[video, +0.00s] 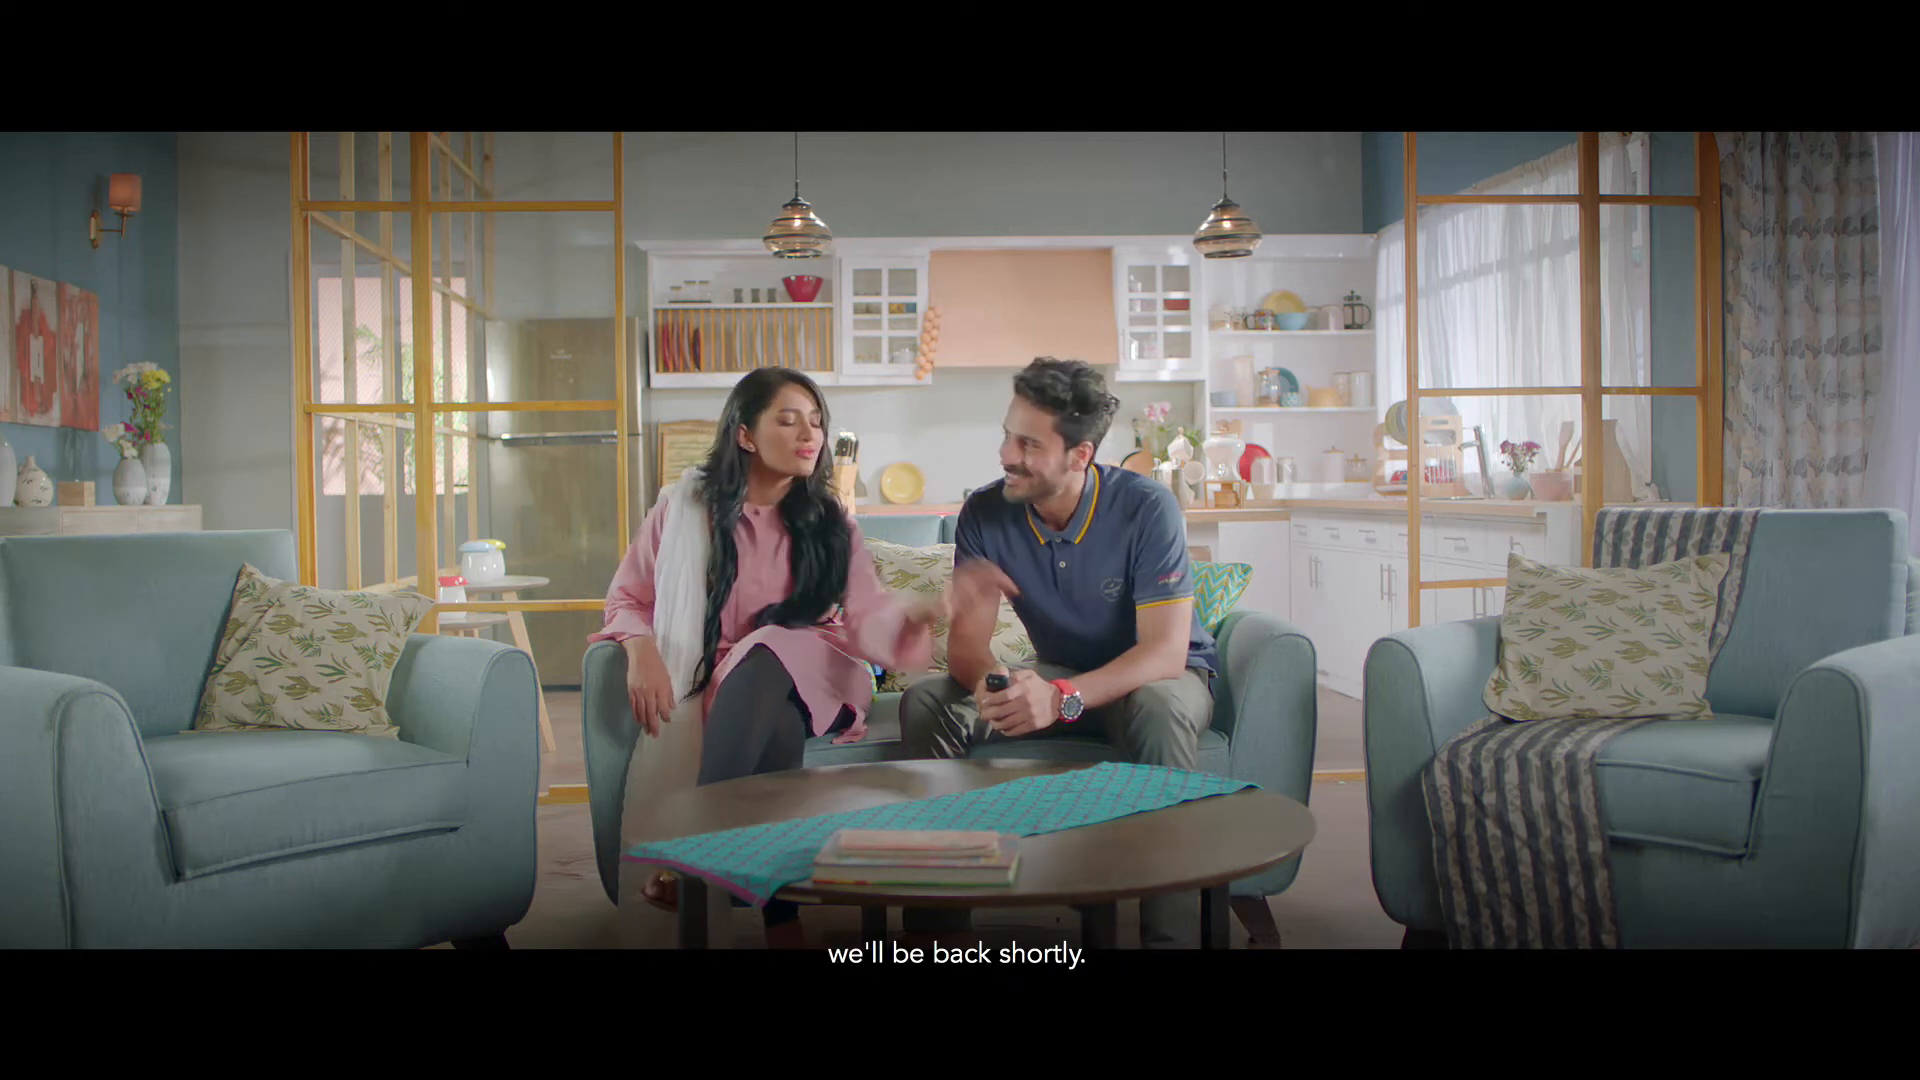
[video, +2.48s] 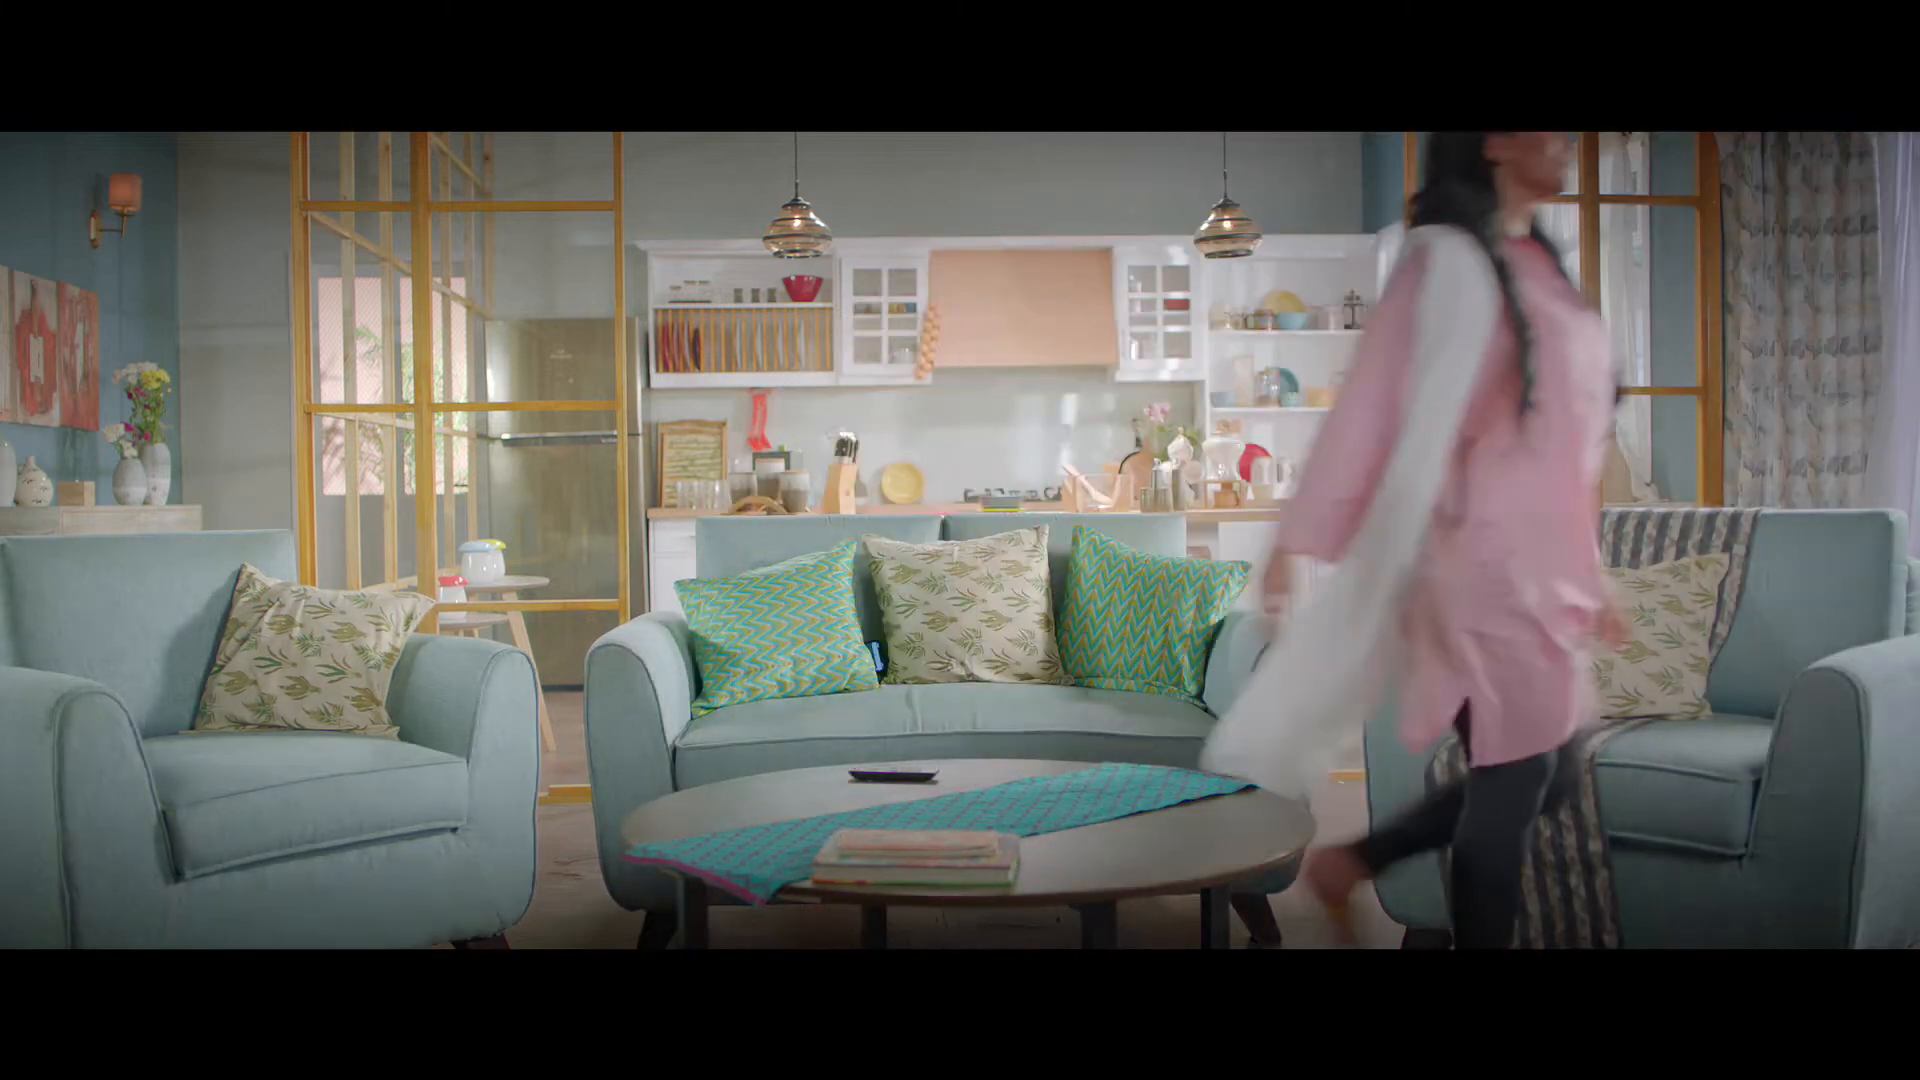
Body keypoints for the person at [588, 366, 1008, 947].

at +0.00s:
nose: (809, 433)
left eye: (816, 422)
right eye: (790, 419)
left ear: (823, 435)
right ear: (745, 435)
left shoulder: (829, 520)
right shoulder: (682, 509)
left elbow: (863, 619)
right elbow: (626, 597)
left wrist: (912, 619)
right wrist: (642, 649)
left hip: (818, 678)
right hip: (718, 681)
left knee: (765, 646)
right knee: (780, 721)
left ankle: (697, 853)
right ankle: (780, 908)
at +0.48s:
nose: (826, 423)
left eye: (834, 414)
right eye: (808, 409)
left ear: (840, 433)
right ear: (765, 421)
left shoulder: (840, 518)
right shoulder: (702, 505)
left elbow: (894, 610)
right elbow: (643, 597)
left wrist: (898, 645)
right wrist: (646, 654)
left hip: (830, 678)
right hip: (731, 678)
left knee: (784, 646)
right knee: (782, 719)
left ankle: (709, 849)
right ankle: (782, 910)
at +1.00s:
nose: (843, 434)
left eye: (853, 426)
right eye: (827, 418)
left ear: (857, 444)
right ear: (782, 426)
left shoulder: (846, 533)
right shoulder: (714, 504)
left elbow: (870, 635)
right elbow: (652, 594)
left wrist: (873, 714)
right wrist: (642, 662)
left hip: (823, 688)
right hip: (724, 684)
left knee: (792, 643)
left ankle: (744, 860)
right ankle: (780, 897)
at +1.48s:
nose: (879, 423)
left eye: (884, 415)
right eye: (861, 411)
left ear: (890, 433)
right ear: (819, 429)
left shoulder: (884, 524)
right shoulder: (754, 508)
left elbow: (920, 635)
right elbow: (672, 590)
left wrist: (971, 603)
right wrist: (647, 664)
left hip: (841, 659)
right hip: (753, 667)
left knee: (854, 703)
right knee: (782, 735)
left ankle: (847, 891)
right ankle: (761, 915)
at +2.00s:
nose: (1036, 216)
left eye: (1037, 205)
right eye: (1017, 203)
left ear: (1035, 225)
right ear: (969, 219)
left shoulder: (1038, 306)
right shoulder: (910, 311)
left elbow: (1140, 258)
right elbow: (821, 415)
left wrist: (1193, 166)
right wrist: (773, 508)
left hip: (989, 571)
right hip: (894, 568)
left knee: (1053, 706)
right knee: (867, 742)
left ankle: (1075, 903)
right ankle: (799, 907)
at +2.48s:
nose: (1563, 145)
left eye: (1562, 133)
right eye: (1543, 132)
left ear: (1542, 149)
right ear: (1492, 143)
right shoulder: (1443, 258)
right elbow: (1369, 408)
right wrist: (1290, 541)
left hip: (1542, 570)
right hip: (1473, 567)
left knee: (1535, 764)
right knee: (1514, 771)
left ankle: (1345, 867)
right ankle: (1482, 941)